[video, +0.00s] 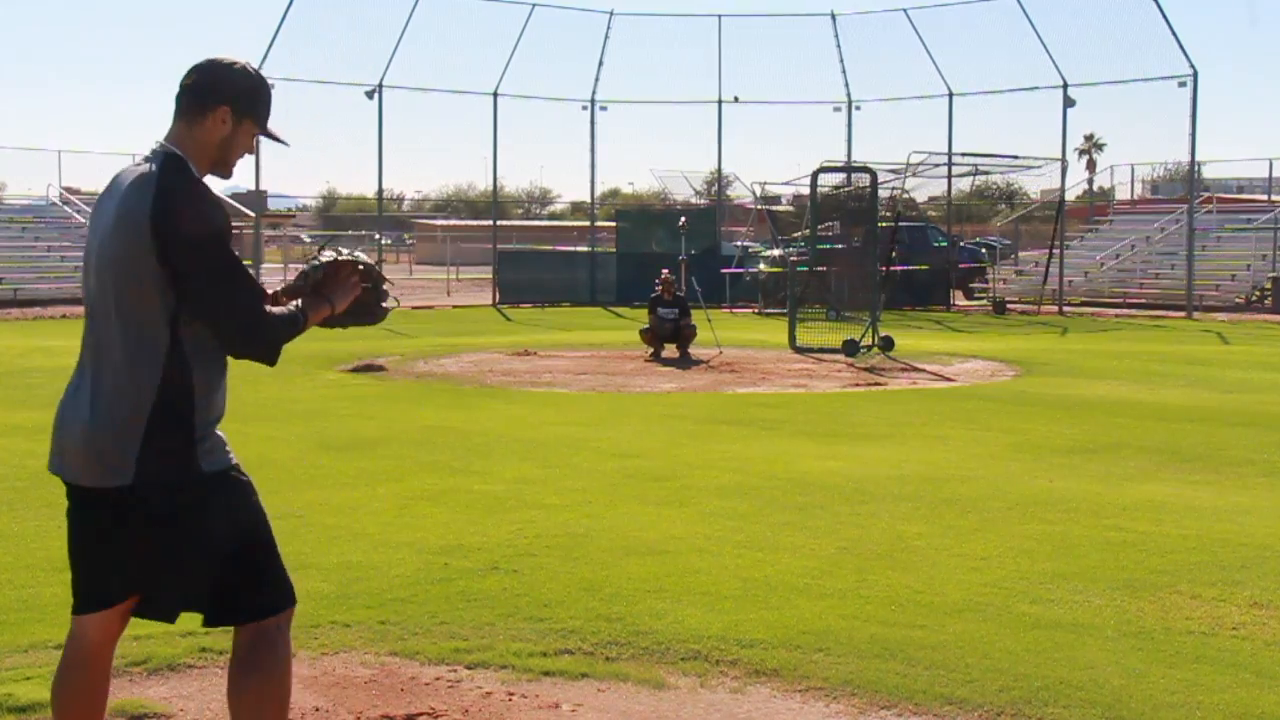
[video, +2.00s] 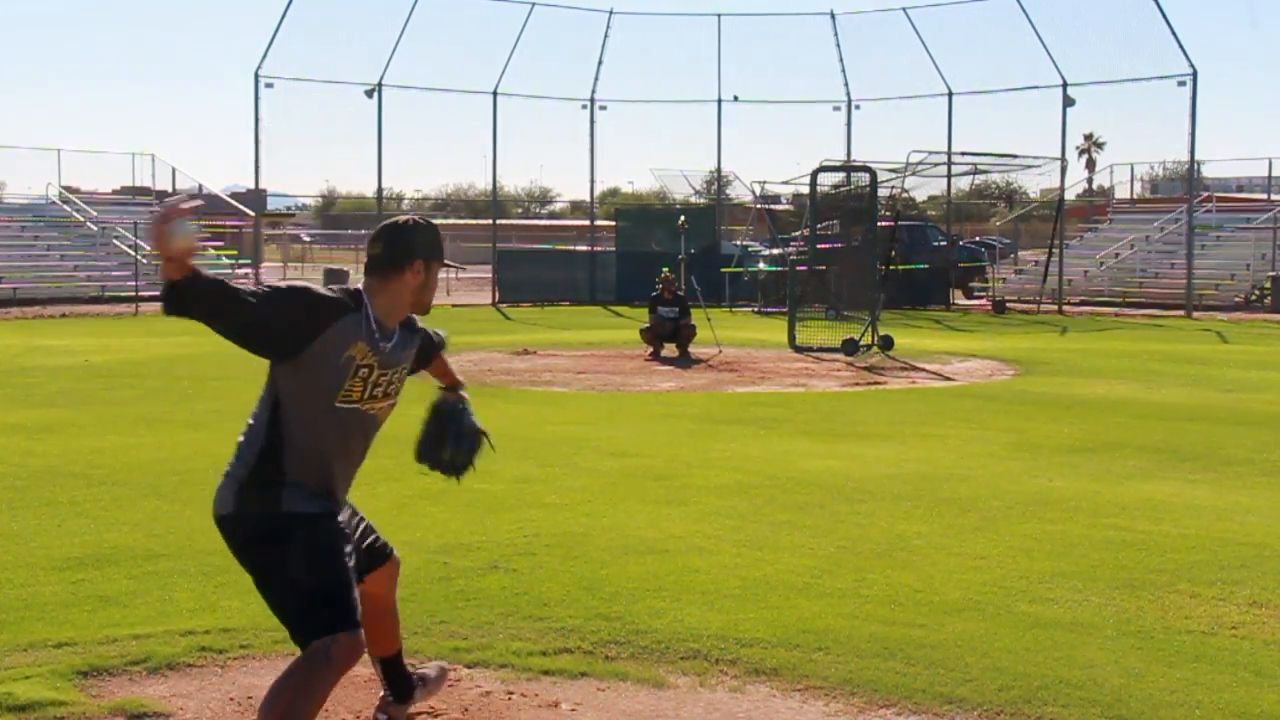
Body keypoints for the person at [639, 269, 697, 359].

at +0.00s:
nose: (668, 287)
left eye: (670, 284)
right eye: (665, 284)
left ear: (674, 286)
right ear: (662, 286)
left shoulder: (680, 299)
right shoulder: (654, 299)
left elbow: (687, 319)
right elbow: (652, 318)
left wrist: (674, 324)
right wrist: (662, 326)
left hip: (677, 329)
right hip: (660, 329)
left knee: (691, 329)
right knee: (645, 332)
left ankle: (683, 349)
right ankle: (657, 348)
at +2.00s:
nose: (668, 286)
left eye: (671, 283)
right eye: (665, 283)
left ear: (675, 284)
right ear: (661, 284)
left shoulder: (681, 299)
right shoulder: (654, 298)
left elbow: (686, 319)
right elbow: (652, 318)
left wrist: (673, 324)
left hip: (676, 327)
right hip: (660, 327)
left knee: (690, 329)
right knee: (645, 332)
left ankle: (683, 349)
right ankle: (656, 348)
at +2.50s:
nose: (667, 286)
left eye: (670, 283)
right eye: (664, 283)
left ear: (674, 285)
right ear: (660, 285)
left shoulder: (680, 299)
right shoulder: (654, 299)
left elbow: (686, 316)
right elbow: (651, 318)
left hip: (677, 326)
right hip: (661, 326)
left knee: (688, 328)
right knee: (646, 331)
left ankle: (683, 349)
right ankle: (657, 347)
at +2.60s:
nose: (667, 285)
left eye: (670, 282)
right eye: (665, 283)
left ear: (674, 284)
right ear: (661, 284)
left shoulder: (679, 298)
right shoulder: (654, 299)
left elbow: (690, 316)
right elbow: (650, 318)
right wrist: (659, 321)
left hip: (675, 326)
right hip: (660, 325)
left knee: (689, 329)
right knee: (646, 331)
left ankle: (683, 350)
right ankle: (656, 348)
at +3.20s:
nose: (666, 287)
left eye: (669, 284)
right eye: (664, 284)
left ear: (673, 284)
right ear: (659, 285)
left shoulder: (678, 296)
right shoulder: (655, 297)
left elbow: (687, 305)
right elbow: (649, 317)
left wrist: (680, 306)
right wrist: (651, 315)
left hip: (675, 327)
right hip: (660, 328)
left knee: (687, 331)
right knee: (645, 331)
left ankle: (683, 350)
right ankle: (656, 348)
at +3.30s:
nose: (666, 285)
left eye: (669, 282)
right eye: (663, 282)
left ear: (673, 283)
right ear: (659, 283)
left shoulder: (678, 295)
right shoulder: (655, 296)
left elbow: (685, 304)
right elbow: (649, 318)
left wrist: (679, 306)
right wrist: (649, 305)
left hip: (676, 330)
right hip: (660, 330)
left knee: (687, 332)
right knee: (645, 332)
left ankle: (683, 349)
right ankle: (656, 348)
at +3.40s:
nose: (666, 282)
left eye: (668, 279)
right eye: (663, 279)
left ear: (673, 280)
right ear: (659, 280)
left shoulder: (678, 293)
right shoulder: (655, 295)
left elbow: (681, 303)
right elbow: (646, 315)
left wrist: (675, 303)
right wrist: (638, 308)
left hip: (677, 330)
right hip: (661, 331)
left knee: (686, 334)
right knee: (646, 334)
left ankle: (682, 349)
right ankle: (656, 347)